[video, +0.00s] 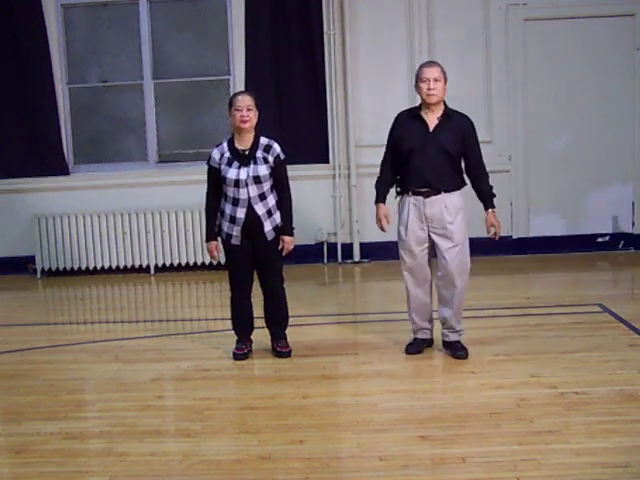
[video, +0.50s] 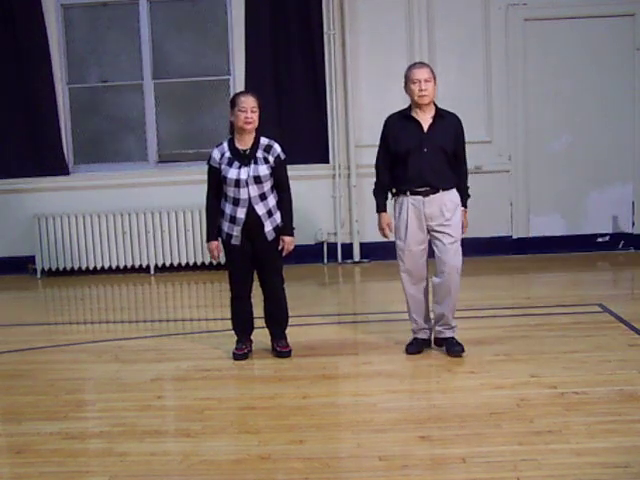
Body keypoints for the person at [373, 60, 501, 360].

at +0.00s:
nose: (430, 86)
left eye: (436, 81)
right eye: (424, 81)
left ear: (445, 85)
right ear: (417, 86)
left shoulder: (461, 123)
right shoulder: (403, 121)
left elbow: (476, 167)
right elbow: (389, 164)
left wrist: (490, 208)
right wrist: (380, 201)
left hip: (449, 203)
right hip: (411, 204)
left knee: (454, 270)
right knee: (414, 271)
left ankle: (452, 336)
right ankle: (421, 334)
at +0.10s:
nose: (426, 87)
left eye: (432, 81)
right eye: (420, 82)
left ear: (441, 86)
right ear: (412, 87)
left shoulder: (457, 123)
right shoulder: (399, 123)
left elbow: (474, 166)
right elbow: (385, 164)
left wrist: (489, 204)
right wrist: (378, 201)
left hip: (446, 204)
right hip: (408, 205)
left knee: (449, 271)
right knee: (411, 272)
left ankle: (444, 336)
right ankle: (419, 334)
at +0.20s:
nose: (423, 88)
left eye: (428, 82)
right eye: (417, 83)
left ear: (438, 86)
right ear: (409, 89)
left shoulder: (455, 123)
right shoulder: (397, 124)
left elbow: (470, 167)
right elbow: (385, 166)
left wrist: (484, 204)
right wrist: (380, 204)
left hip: (444, 204)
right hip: (406, 205)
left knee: (444, 272)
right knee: (411, 272)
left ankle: (443, 337)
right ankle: (419, 334)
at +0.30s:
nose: (421, 88)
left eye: (426, 83)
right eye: (415, 83)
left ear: (435, 87)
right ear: (406, 89)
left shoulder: (452, 123)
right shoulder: (395, 125)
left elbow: (465, 167)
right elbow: (385, 170)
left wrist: (473, 207)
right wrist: (383, 210)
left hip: (445, 204)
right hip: (407, 205)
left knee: (444, 273)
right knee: (411, 273)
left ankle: (443, 337)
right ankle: (420, 334)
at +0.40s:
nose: (421, 88)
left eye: (426, 82)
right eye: (414, 83)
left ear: (434, 86)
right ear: (406, 89)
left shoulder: (451, 122)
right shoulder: (394, 124)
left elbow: (460, 168)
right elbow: (383, 170)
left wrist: (464, 208)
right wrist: (382, 211)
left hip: (446, 203)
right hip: (407, 205)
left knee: (449, 270)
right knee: (411, 271)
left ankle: (445, 334)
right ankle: (420, 333)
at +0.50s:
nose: (422, 87)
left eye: (427, 81)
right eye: (415, 82)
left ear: (435, 85)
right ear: (407, 88)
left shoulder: (451, 122)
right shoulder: (394, 123)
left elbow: (460, 167)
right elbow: (382, 168)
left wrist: (463, 206)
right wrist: (382, 209)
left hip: (446, 202)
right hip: (407, 204)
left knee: (451, 267)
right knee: (412, 270)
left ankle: (445, 332)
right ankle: (420, 332)